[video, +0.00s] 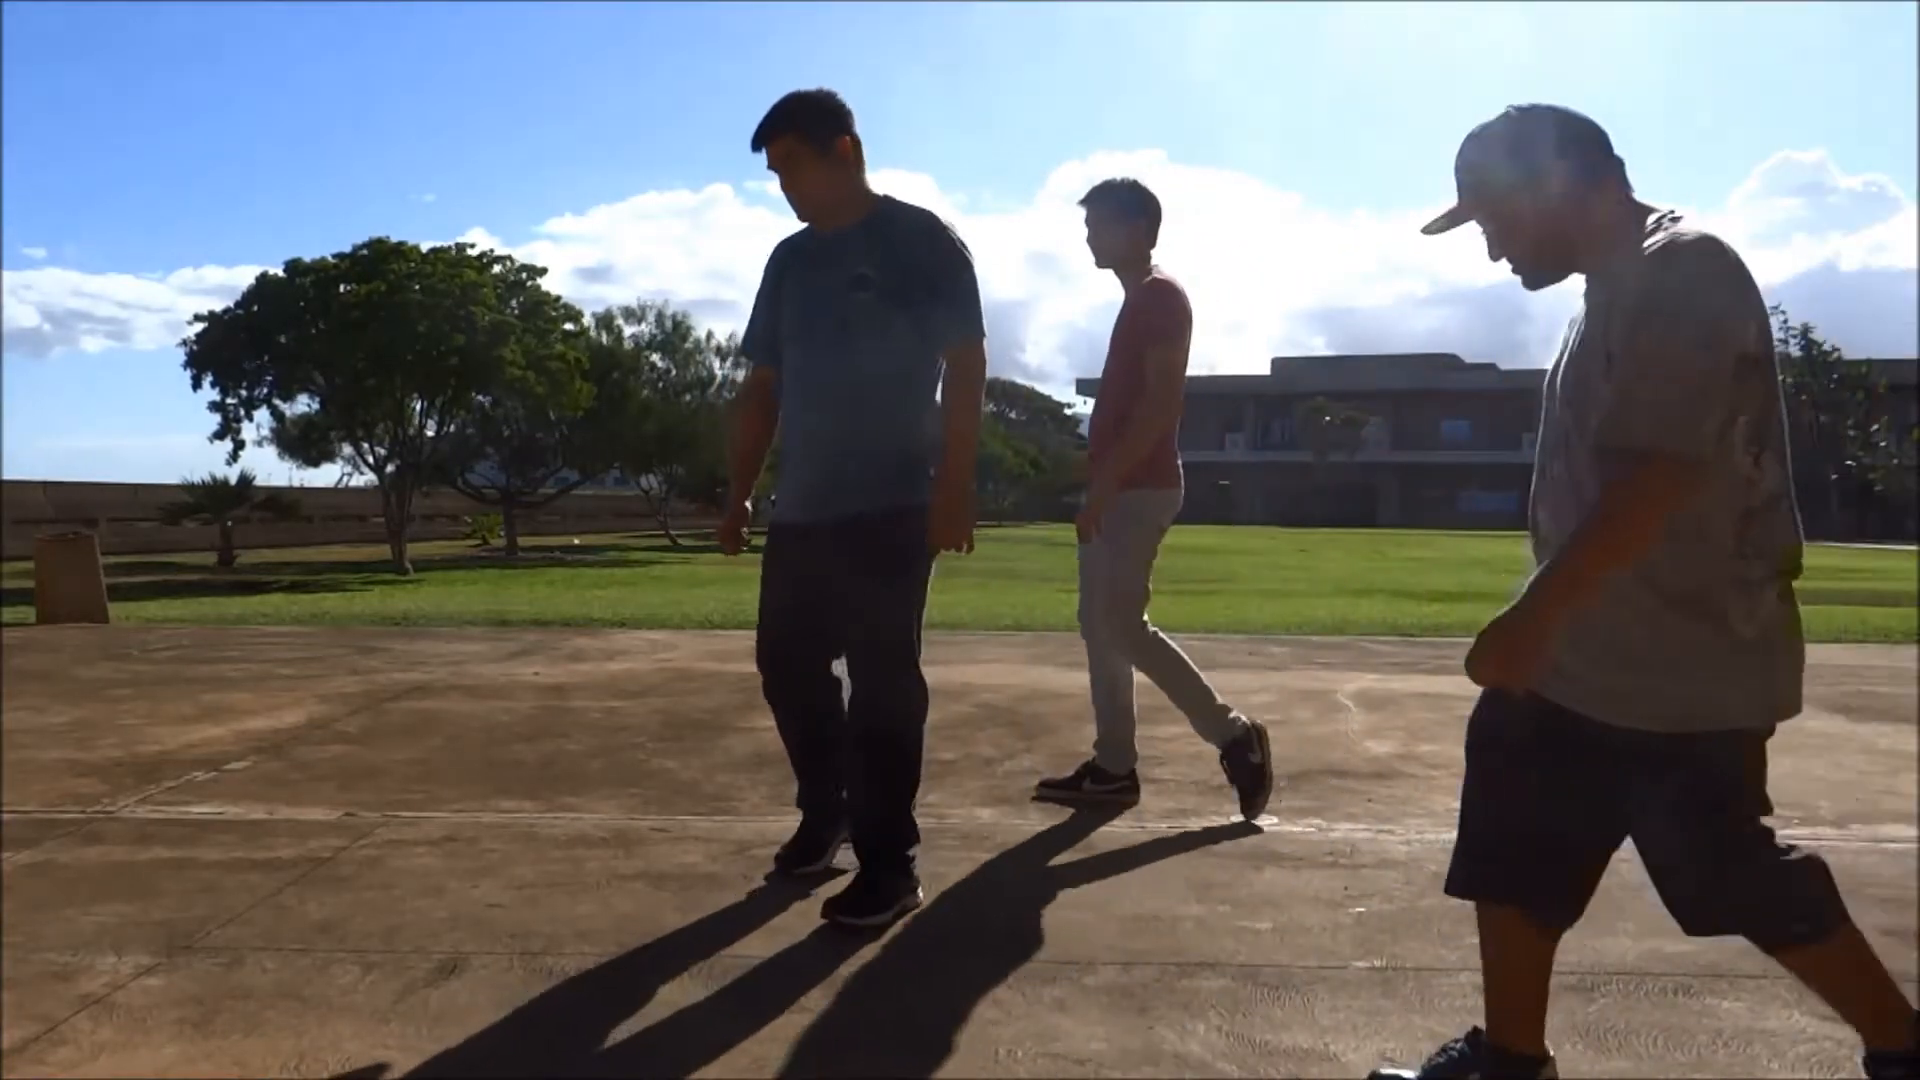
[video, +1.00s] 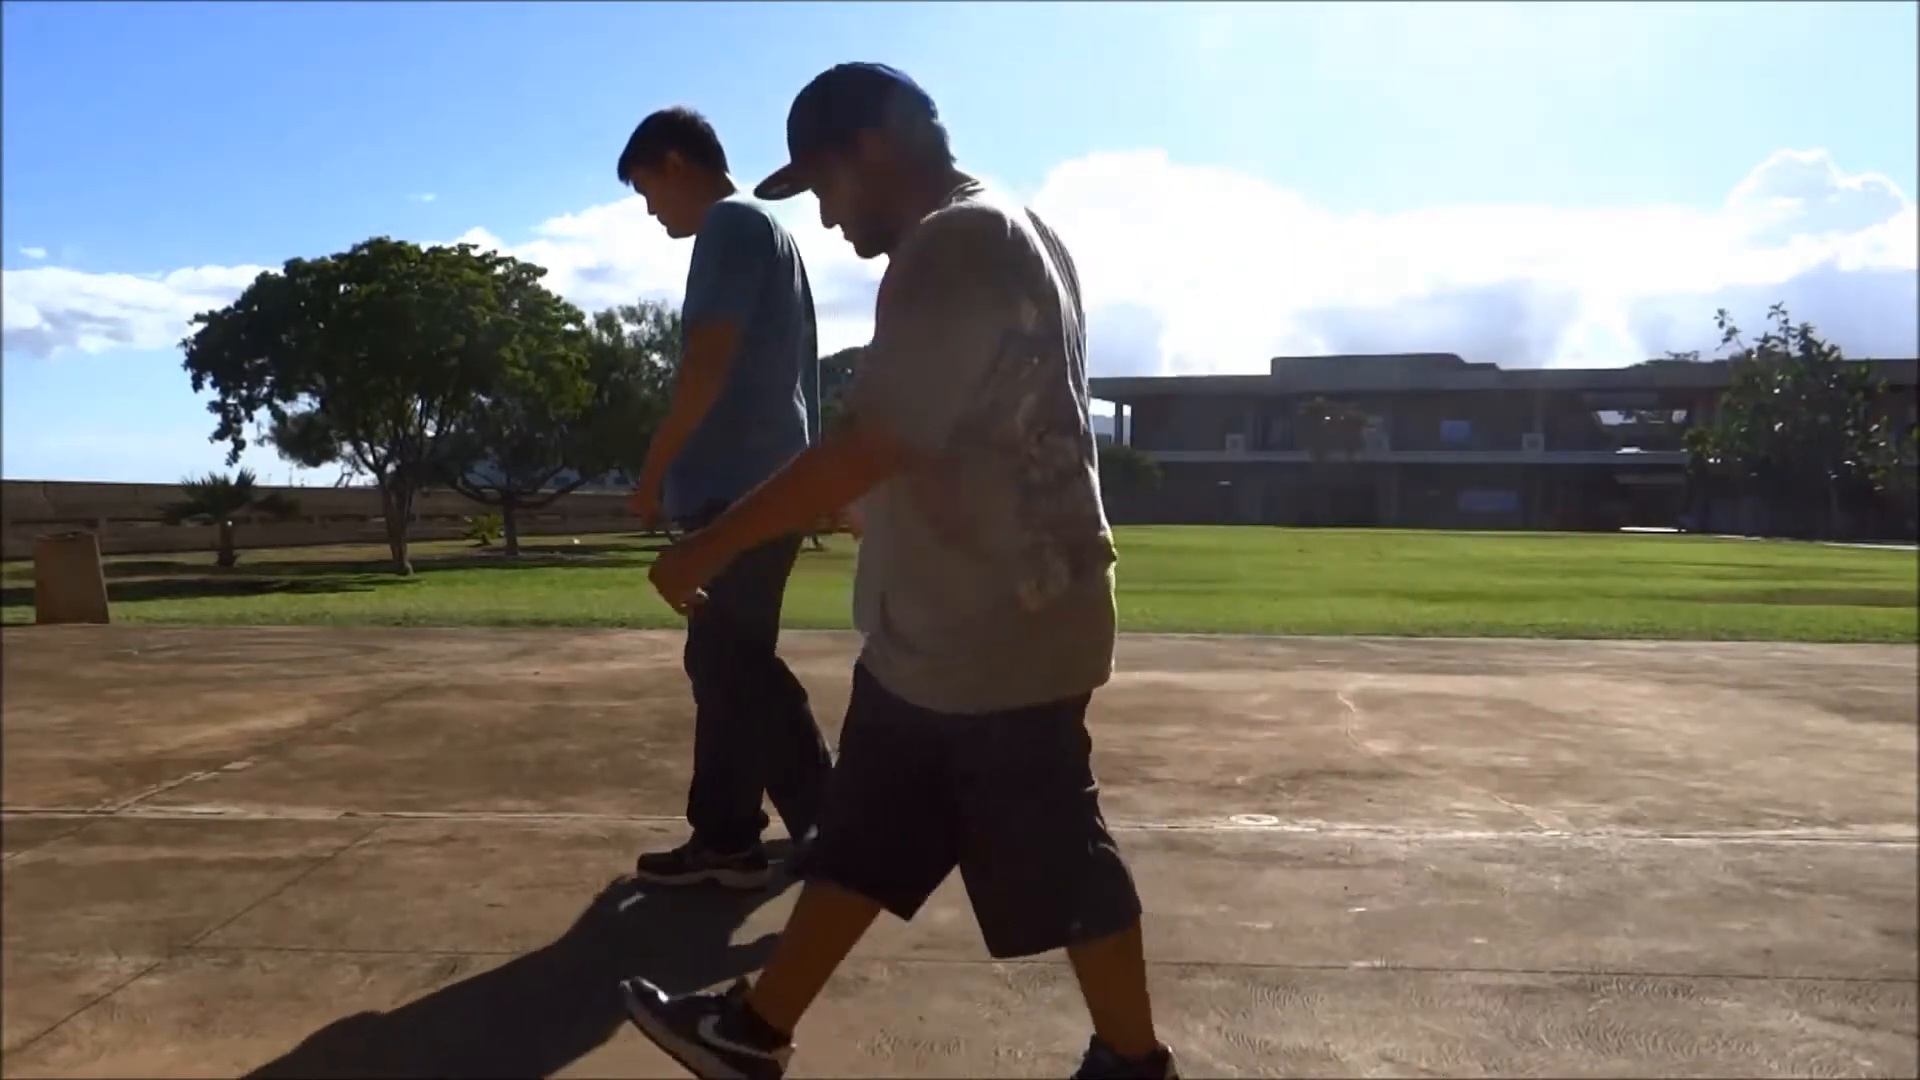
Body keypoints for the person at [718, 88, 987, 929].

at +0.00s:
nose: (784, 189)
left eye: (792, 170)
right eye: (777, 176)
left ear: (844, 150)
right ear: (792, 171)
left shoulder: (922, 237)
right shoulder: (790, 258)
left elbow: (967, 366)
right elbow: (761, 388)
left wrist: (954, 484)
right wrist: (738, 492)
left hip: (890, 502)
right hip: (801, 507)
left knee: (882, 674)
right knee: (786, 663)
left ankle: (888, 863)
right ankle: (827, 809)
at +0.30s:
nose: (760, 191)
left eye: (759, 170)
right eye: (753, 175)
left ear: (798, 147)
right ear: (797, 152)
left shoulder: (881, 219)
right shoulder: (812, 252)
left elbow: (880, 348)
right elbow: (809, 386)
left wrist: (840, 462)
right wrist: (778, 493)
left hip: (876, 499)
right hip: (814, 502)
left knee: (878, 676)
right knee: (780, 662)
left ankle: (887, 871)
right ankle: (750, 829)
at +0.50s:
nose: (741, 202)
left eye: (736, 180)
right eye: (732, 186)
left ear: (768, 151)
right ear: (783, 149)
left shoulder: (835, 213)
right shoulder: (849, 228)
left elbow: (807, 346)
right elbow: (853, 371)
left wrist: (734, 458)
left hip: (848, 502)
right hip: (813, 504)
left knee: (864, 682)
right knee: (770, 665)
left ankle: (885, 871)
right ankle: (729, 832)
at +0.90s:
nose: (666, 208)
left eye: (663, 189)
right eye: (659, 194)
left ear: (695, 164)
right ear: (717, 163)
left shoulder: (749, 223)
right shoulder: (777, 230)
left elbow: (729, 356)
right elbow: (800, 372)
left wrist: (667, 470)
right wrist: (714, 476)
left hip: (761, 496)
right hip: (759, 494)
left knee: (779, 669)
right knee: (726, 665)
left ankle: (867, 853)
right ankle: (727, 841)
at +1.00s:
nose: (651, 213)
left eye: (648, 193)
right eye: (644, 198)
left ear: (679, 166)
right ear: (697, 164)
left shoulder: (731, 227)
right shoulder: (764, 232)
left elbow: (710, 362)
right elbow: (786, 372)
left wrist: (652, 472)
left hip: (738, 491)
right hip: (765, 486)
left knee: (726, 657)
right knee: (734, 656)